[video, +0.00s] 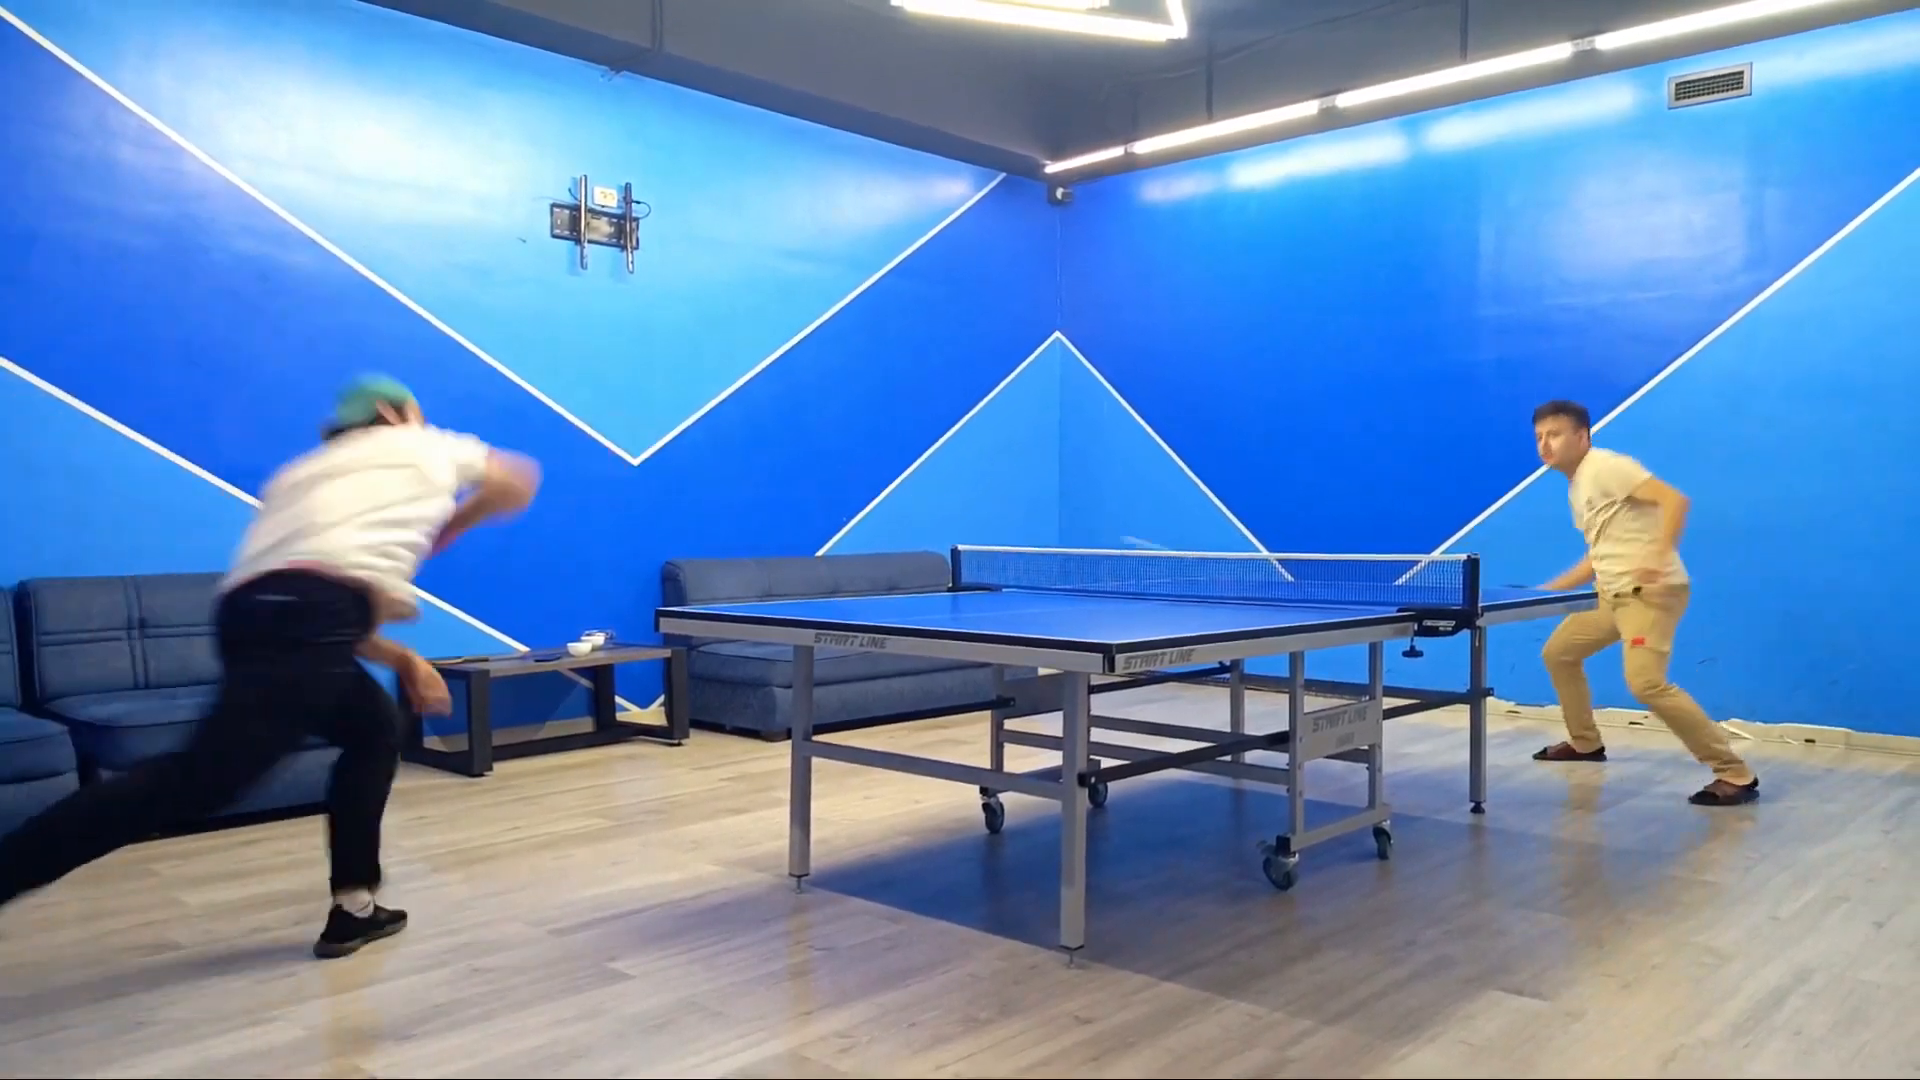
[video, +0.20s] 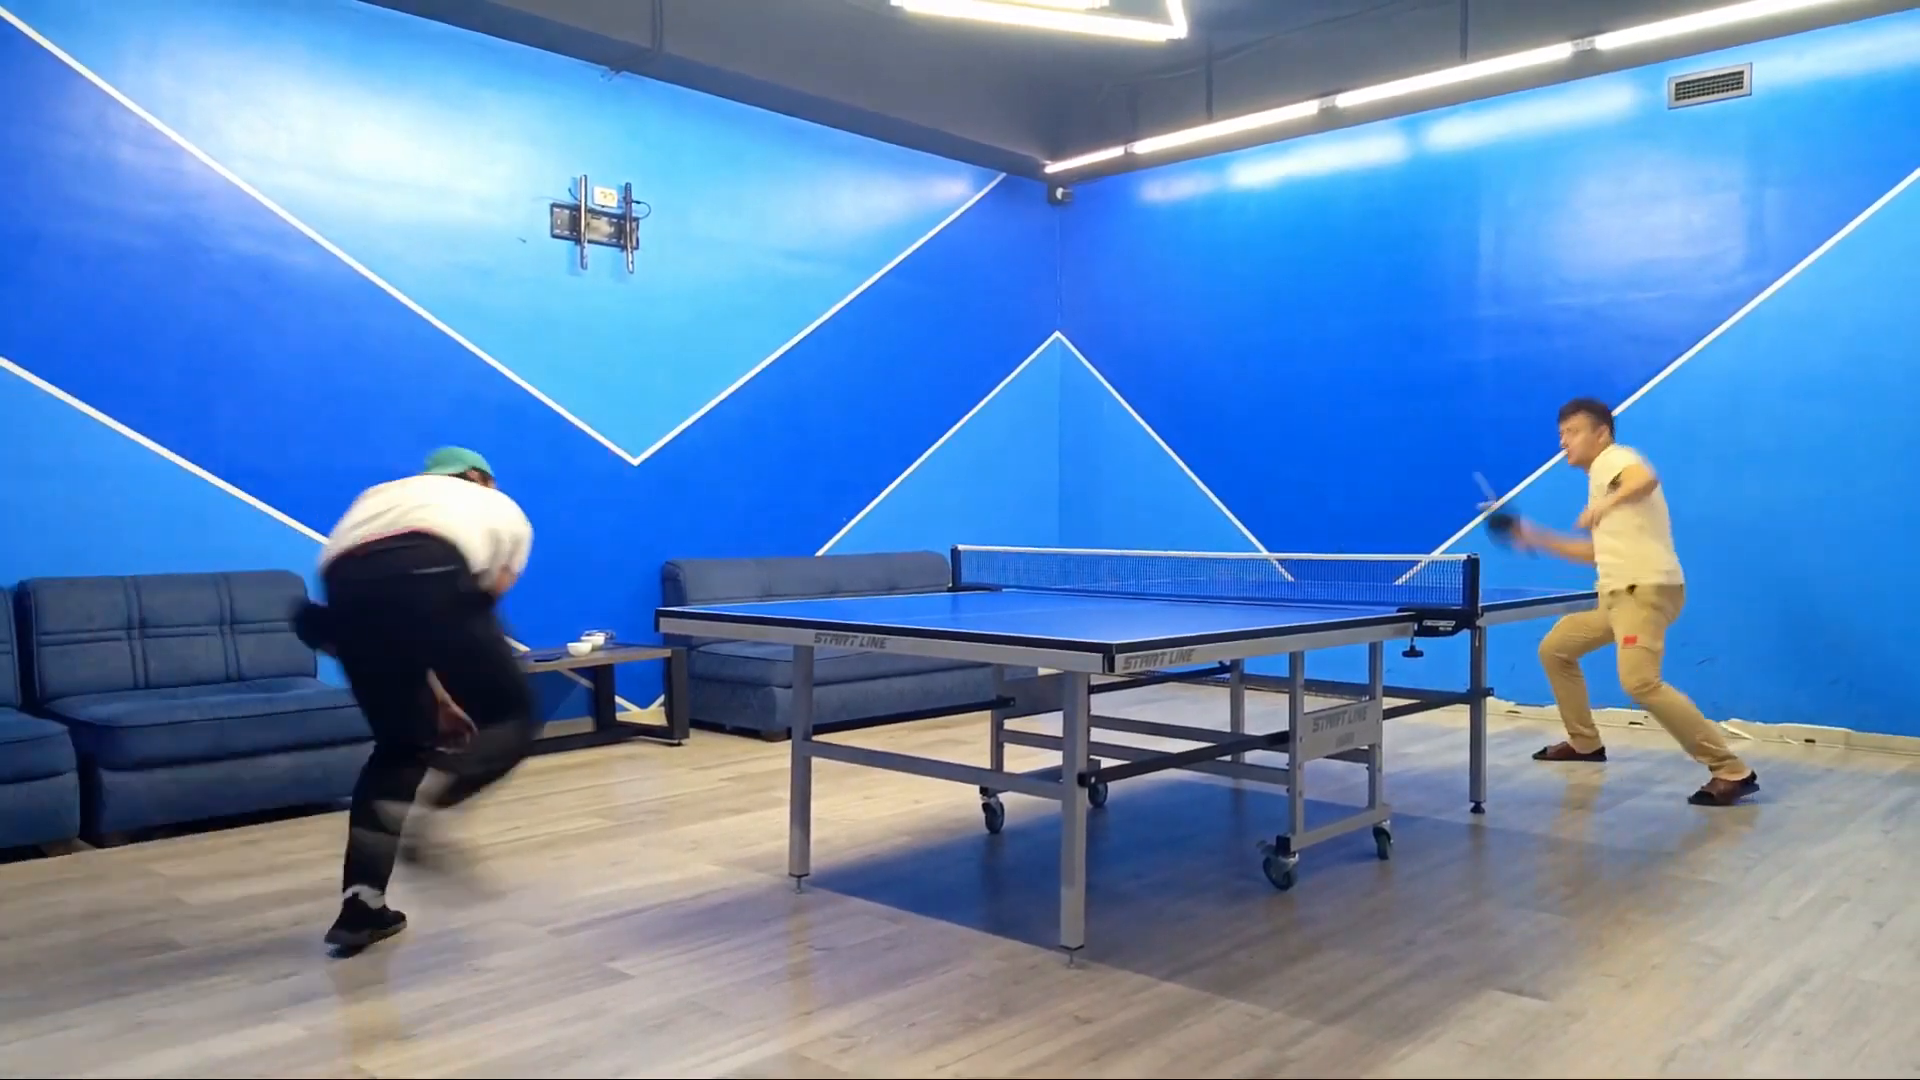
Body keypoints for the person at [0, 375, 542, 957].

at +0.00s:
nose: (424, 425)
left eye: (416, 417)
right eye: (418, 416)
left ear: (348, 424)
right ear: (398, 413)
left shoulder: (301, 472)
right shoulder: (424, 444)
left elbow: (313, 589)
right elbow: (520, 479)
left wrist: (404, 657)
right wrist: (447, 530)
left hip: (244, 621)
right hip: (311, 616)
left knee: (372, 728)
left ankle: (353, 905)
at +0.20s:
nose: (491, 488)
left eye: (486, 481)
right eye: (488, 482)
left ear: (431, 476)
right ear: (478, 478)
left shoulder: (381, 498)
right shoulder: (500, 507)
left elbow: (383, 619)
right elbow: (479, 602)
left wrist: (437, 702)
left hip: (348, 582)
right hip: (428, 566)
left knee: (401, 741)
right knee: (511, 718)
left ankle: (362, 898)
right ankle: (430, 806)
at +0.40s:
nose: (565, 468)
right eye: (564, 463)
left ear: (509, 461)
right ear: (559, 463)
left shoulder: (457, 483)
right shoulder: (587, 488)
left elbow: (426, 562)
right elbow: (591, 560)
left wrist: (426, 654)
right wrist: (569, 631)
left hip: (478, 578)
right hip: (560, 572)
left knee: (439, 720)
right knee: (574, 692)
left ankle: (388, 856)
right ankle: (594, 807)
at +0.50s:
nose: (603, 448)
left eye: (599, 441)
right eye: (600, 441)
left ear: (539, 443)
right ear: (584, 441)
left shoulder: (505, 468)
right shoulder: (624, 476)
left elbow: (451, 527)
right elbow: (631, 548)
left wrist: (418, 602)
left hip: (534, 574)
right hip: (606, 574)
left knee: (492, 695)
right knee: (594, 683)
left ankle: (456, 792)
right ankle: (596, 808)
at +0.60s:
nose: (613, 410)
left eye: (608, 405)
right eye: (609, 405)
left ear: (554, 415)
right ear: (599, 405)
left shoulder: (532, 443)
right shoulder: (643, 434)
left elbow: (472, 492)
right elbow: (671, 516)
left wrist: (439, 553)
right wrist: (650, 551)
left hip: (563, 546)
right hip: (633, 543)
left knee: (539, 673)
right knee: (619, 674)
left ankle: (528, 773)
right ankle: (604, 808)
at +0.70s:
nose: (625, 370)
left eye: (619, 364)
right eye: (618, 364)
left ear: (568, 386)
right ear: (600, 370)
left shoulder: (550, 422)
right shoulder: (654, 392)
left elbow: (499, 463)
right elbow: (701, 463)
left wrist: (480, 519)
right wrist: (682, 529)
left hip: (584, 530)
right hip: (650, 522)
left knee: (589, 648)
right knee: (635, 655)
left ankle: (565, 768)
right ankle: (615, 791)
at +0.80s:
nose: (642, 345)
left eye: (635, 338)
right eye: (632, 339)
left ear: (596, 360)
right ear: (608, 352)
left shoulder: (568, 410)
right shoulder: (667, 374)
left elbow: (529, 453)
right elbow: (721, 438)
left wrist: (528, 512)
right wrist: (695, 485)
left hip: (605, 529)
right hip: (669, 518)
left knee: (623, 643)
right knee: (644, 649)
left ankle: (606, 761)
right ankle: (616, 780)